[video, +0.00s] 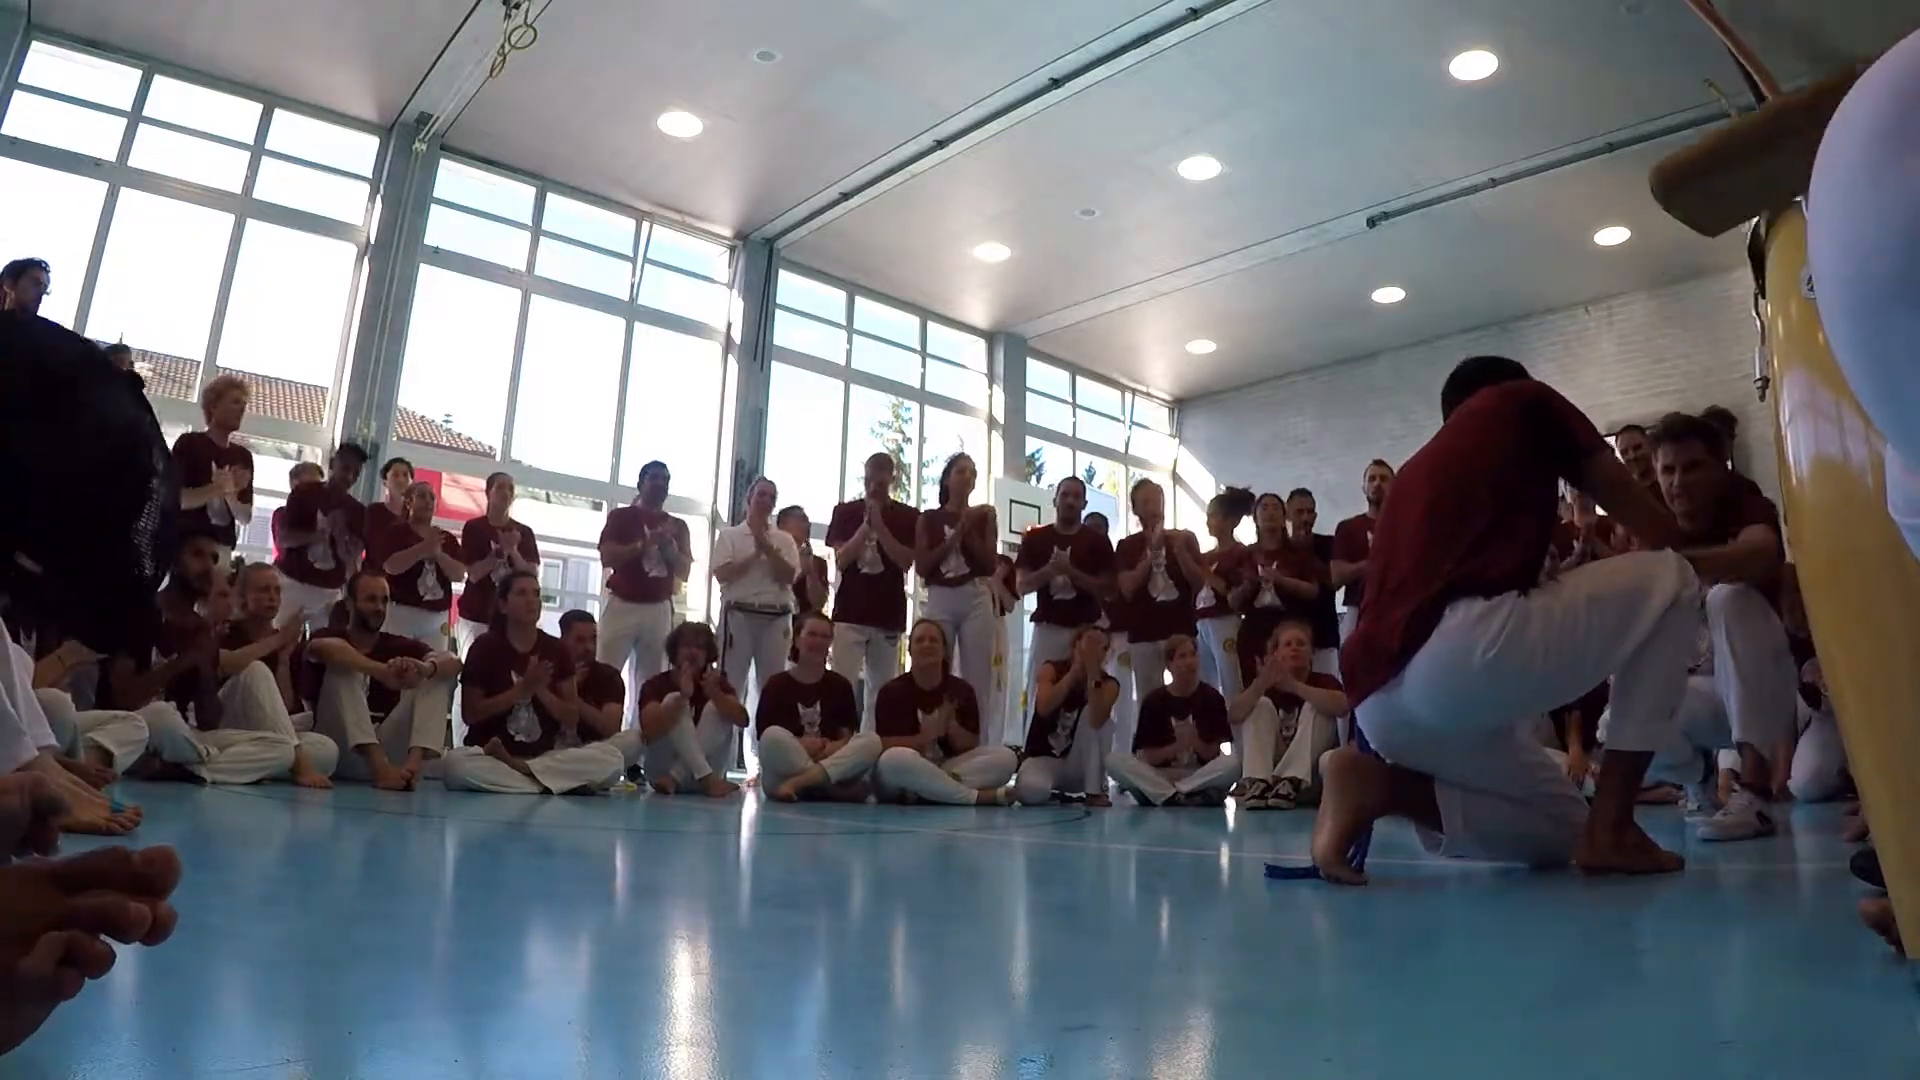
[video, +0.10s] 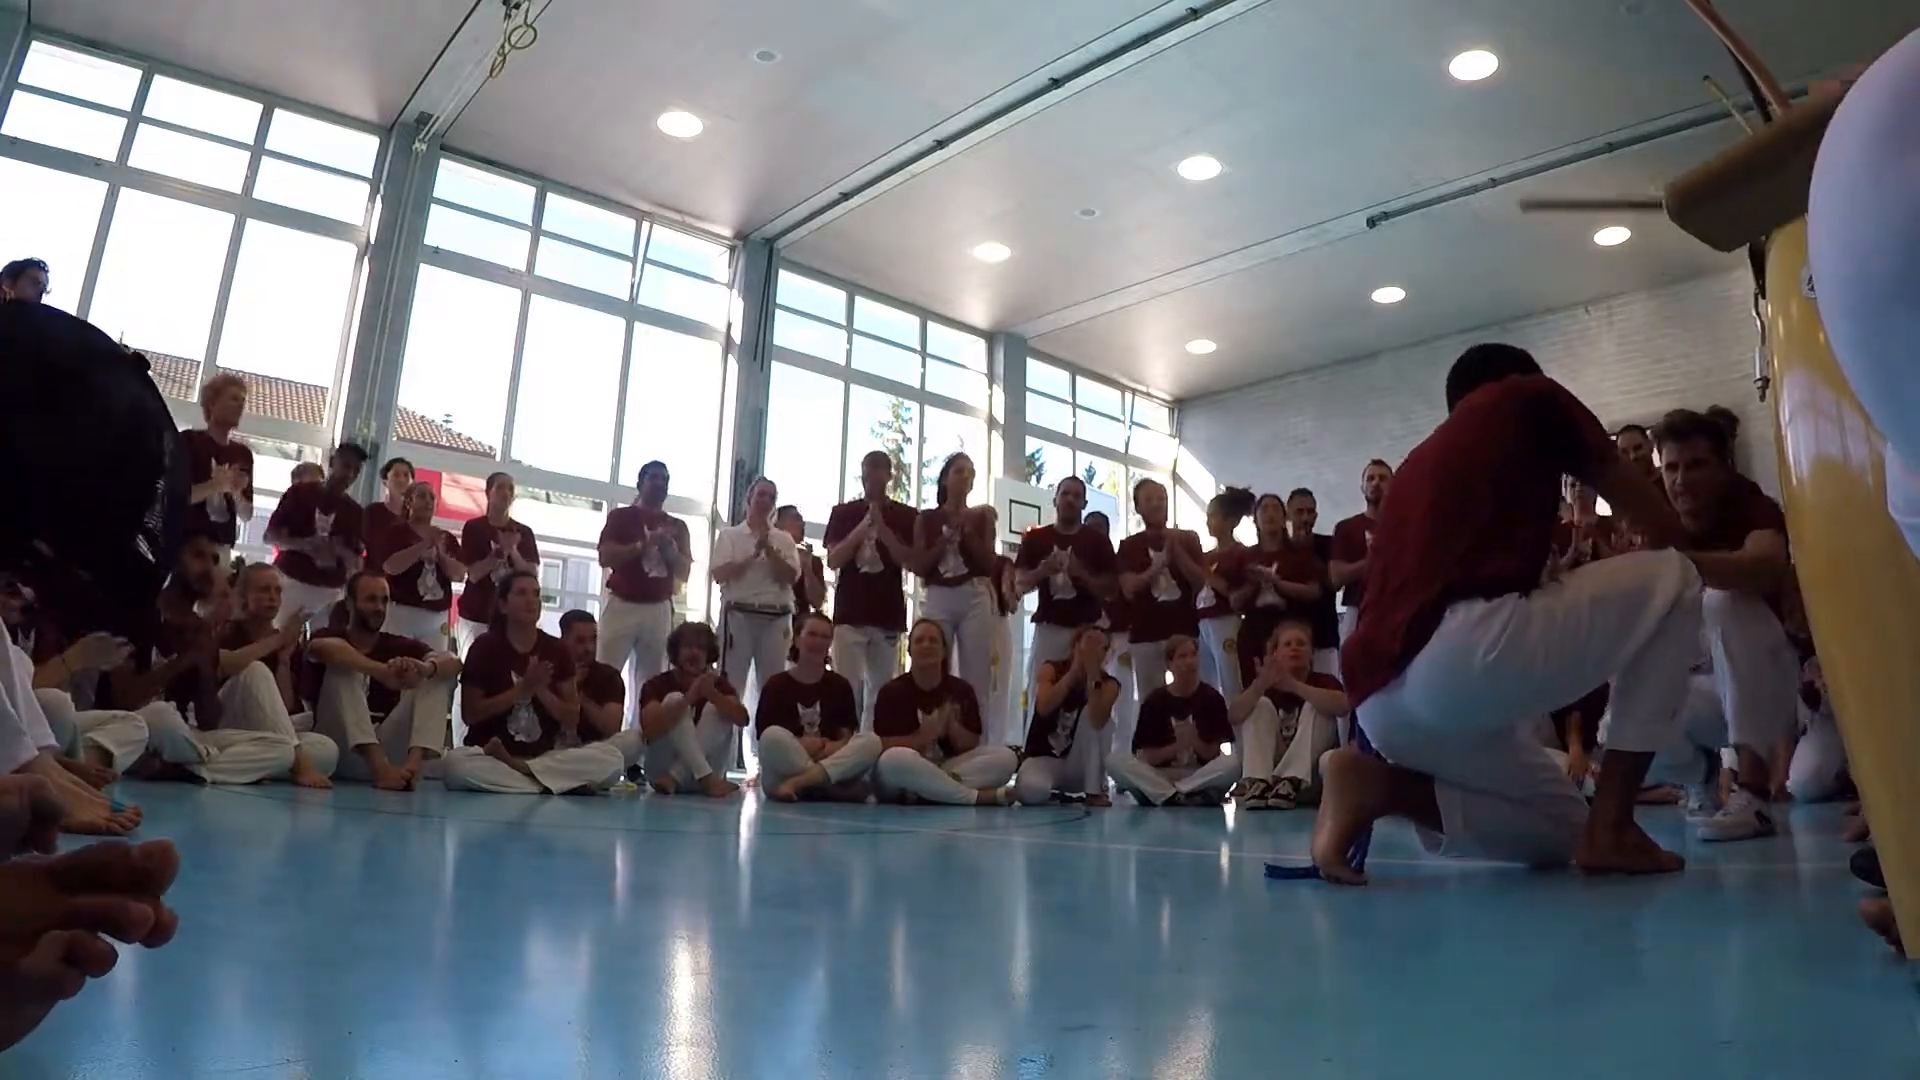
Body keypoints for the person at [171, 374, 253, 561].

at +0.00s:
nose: (242, 409)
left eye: (244, 404)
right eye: (235, 402)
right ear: (212, 407)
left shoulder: (242, 456)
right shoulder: (188, 444)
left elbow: (245, 517)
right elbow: (172, 499)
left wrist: (230, 495)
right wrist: (216, 489)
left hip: (221, 549)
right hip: (184, 543)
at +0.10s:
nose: (241, 406)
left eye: (243, 401)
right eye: (234, 399)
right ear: (211, 405)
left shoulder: (242, 454)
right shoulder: (187, 442)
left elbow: (247, 514)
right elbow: (175, 497)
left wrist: (236, 493)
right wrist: (215, 486)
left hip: (222, 548)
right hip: (183, 543)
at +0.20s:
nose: (240, 405)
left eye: (242, 400)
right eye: (233, 398)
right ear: (211, 404)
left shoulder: (242, 453)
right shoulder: (186, 441)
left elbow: (247, 515)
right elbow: (170, 498)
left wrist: (243, 491)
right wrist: (211, 485)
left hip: (221, 549)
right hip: (182, 544)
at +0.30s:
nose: (240, 405)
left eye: (242, 400)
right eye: (233, 398)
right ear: (210, 403)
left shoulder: (241, 453)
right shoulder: (186, 441)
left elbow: (245, 516)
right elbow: (166, 500)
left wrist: (247, 487)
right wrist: (207, 483)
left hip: (219, 552)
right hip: (180, 546)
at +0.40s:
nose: (239, 406)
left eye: (241, 402)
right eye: (232, 399)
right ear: (209, 403)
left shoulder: (239, 453)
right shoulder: (185, 442)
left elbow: (242, 516)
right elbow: (167, 498)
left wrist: (247, 486)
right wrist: (206, 482)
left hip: (218, 550)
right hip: (179, 545)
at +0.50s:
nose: (237, 409)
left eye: (239, 404)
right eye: (231, 401)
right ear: (208, 403)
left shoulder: (238, 455)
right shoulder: (183, 443)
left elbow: (240, 517)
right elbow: (169, 500)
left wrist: (235, 487)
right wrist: (212, 482)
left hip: (219, 548)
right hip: (182, 545)